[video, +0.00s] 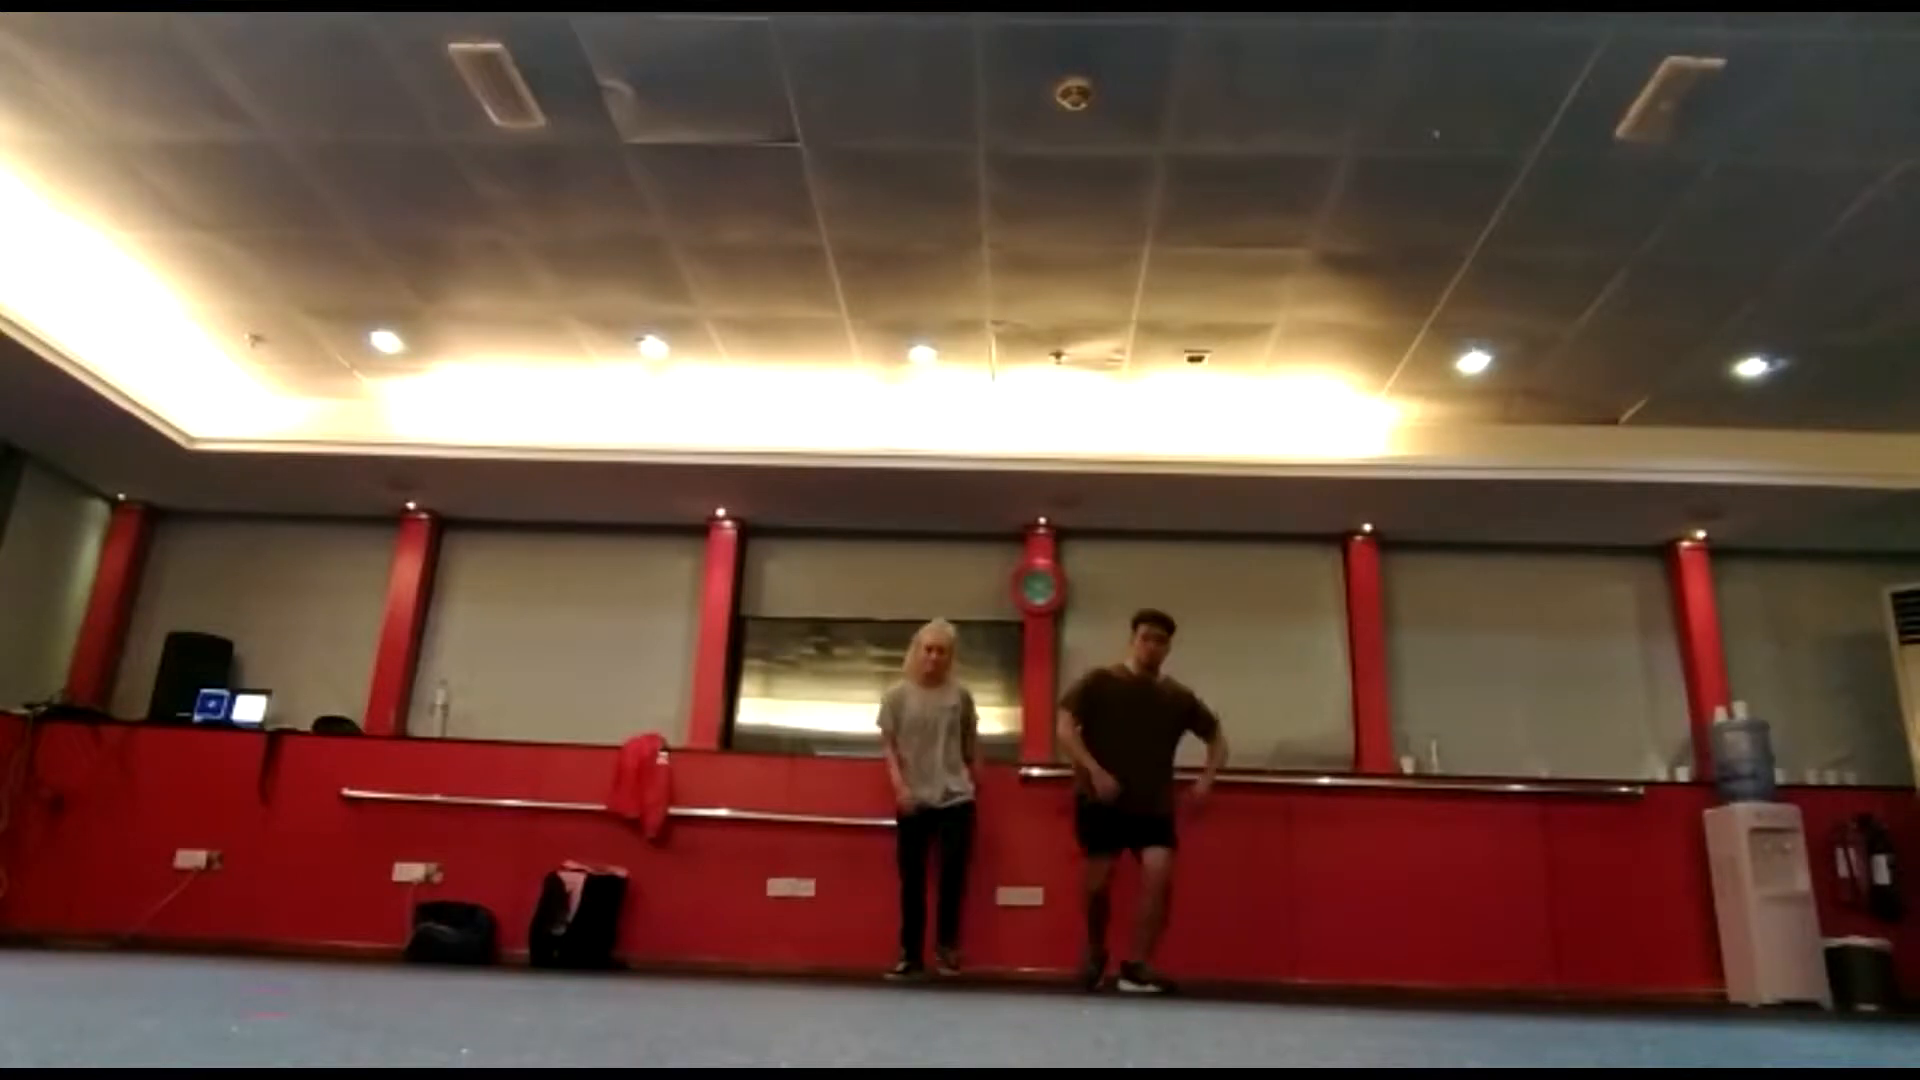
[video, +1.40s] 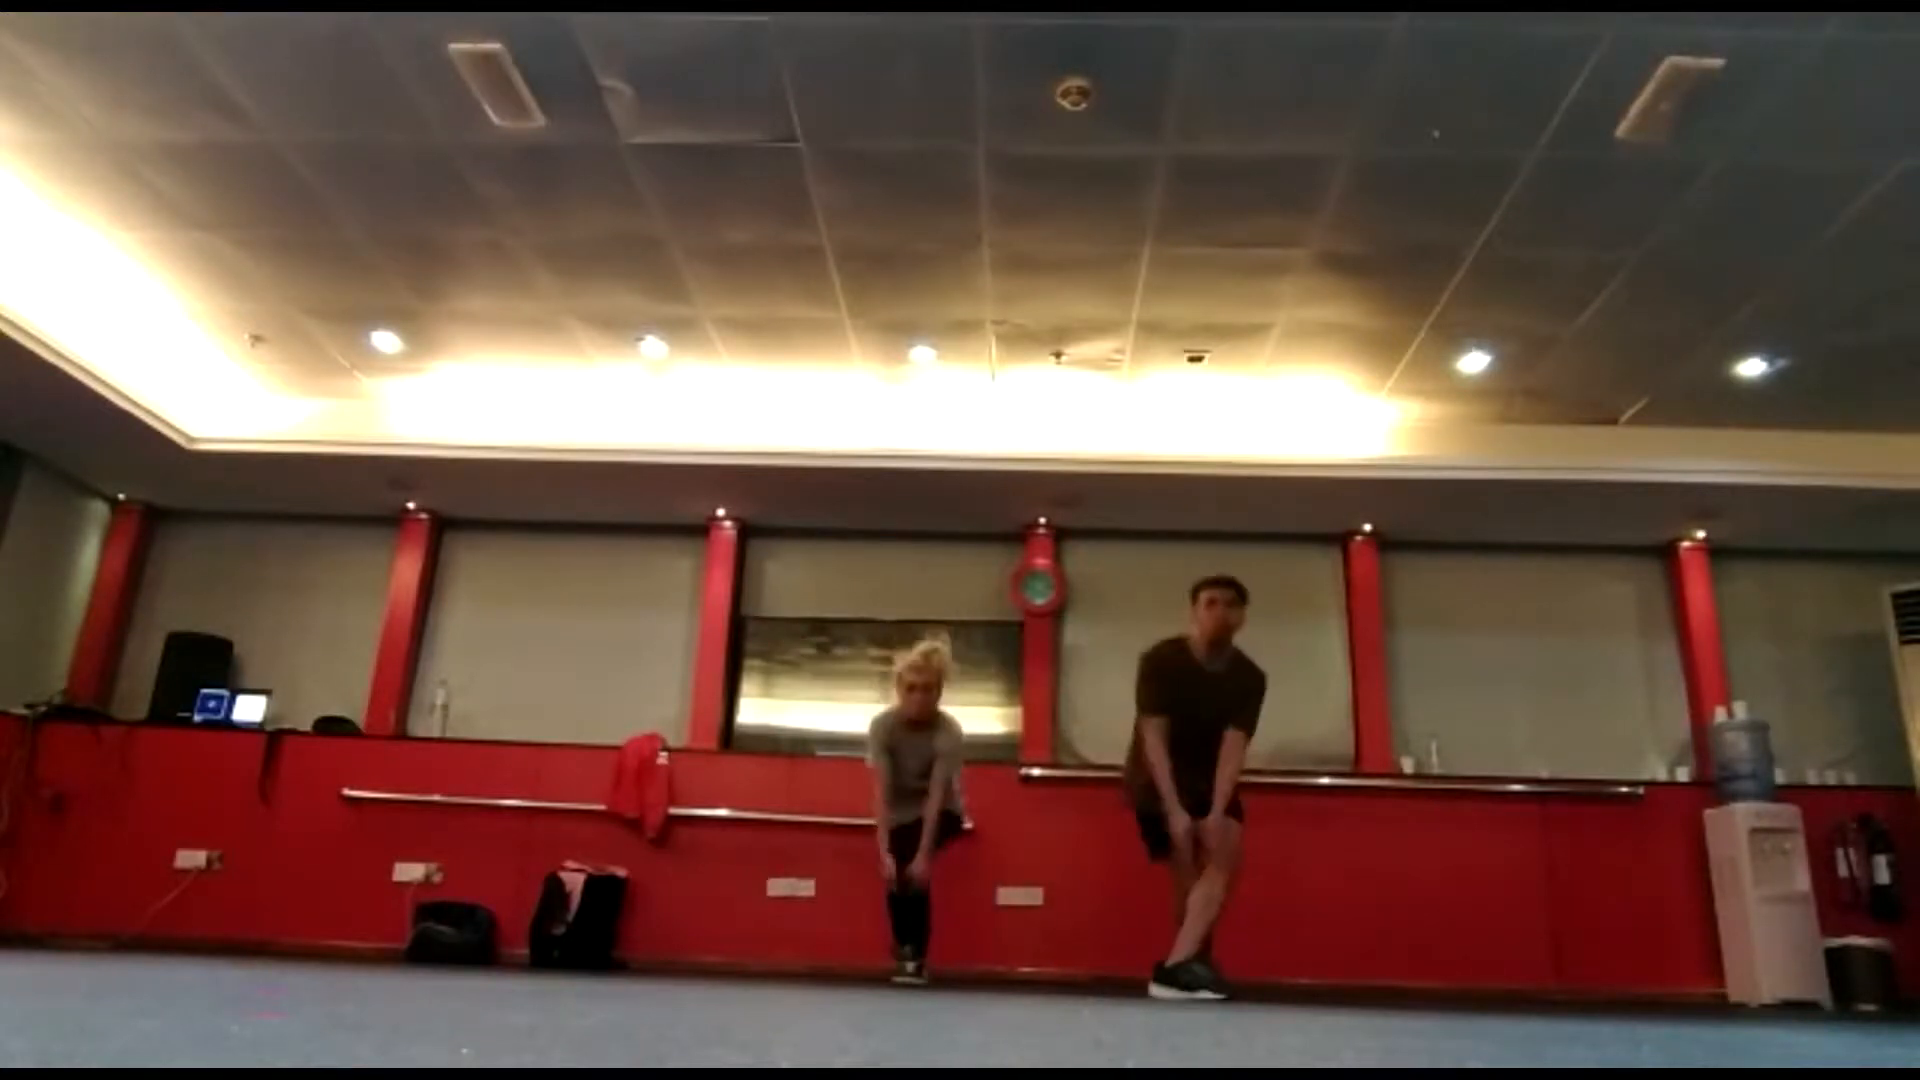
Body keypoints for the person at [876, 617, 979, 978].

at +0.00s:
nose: (934, 657)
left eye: (941, 651)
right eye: (928, 649)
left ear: (951, 656)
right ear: (916, 651)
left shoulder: (960, 697)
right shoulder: (896, 697)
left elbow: (970, 742)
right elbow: (888, 745)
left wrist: (973, 773)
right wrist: (900, 787)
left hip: (956, 797)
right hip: (915, 798)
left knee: (953, 878)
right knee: (912, 879)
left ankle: (947, 949)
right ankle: (910, 953)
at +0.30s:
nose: (947, 683)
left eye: (954, 675)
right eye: (941, 675)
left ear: (966, 680)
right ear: (929, 677)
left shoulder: (971, 725)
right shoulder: (912, 711)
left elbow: (978, 772)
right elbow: (893, 749)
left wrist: (966, 806)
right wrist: (899, 791)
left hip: (953, 815)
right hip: (918, 807)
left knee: (943, 892)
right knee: (916, 829)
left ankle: (936, 960)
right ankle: (911, 891)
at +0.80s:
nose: (906, 683)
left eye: (913, 675)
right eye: (899, 676)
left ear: (926, 676)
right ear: (890, 679)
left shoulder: (947, 710)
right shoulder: (887, 722)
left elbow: (967, 754)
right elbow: (894, 771)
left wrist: (942, 801)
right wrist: (903, 809)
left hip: (955, 814)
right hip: (916, 814)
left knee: (945, 884)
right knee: (910, 884)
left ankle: (936, 946)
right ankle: (908, 953)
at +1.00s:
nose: (922, 642)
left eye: (929, 634)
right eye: (915, 634)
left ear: (940, 635)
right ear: (903, 635)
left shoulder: (955, 672)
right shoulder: (896, 671)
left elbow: (972, 717)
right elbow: (873, 701)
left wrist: (968, 752)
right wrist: (895, 659)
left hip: (947, 787)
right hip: (903, 786)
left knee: (942, 869)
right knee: (907, 877)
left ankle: (950, 905)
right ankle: (909, 955)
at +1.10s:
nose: (921, 629)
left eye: (929, 621)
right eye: (915, 620)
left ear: (942, 624)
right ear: (902, 622)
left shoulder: (956, 664)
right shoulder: (883, 661)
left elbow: (1007, 678)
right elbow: (823, 658)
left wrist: (1055, 667)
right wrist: (781, 630)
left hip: (947, 776)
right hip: (902, 777)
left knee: (933, 857)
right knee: (907, 864)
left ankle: (934, 942)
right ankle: (909, 949)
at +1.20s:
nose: (920, 650)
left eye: (928, 641)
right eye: (914, 641)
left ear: (939, 644)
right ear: (900, 644)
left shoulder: (952, 684)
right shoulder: (885, 685)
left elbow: (982, 689)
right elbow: (857, 683)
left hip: (944, 789)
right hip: (900, 789)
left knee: (929, 863)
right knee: (904, 869)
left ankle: (923, 938)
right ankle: (907, 950)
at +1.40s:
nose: (918, 698)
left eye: (927, 689)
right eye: (911, 688)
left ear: (940, 691)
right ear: (899, 688)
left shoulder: (948, 733)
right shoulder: (883, 727)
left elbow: (936, 796)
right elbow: (881, 793)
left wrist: (924, 855)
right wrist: (884, 851)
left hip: (939, 811)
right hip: (901, 813)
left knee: (914, 872)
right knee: (896, 873)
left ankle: (916, 956)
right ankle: (903, 952)